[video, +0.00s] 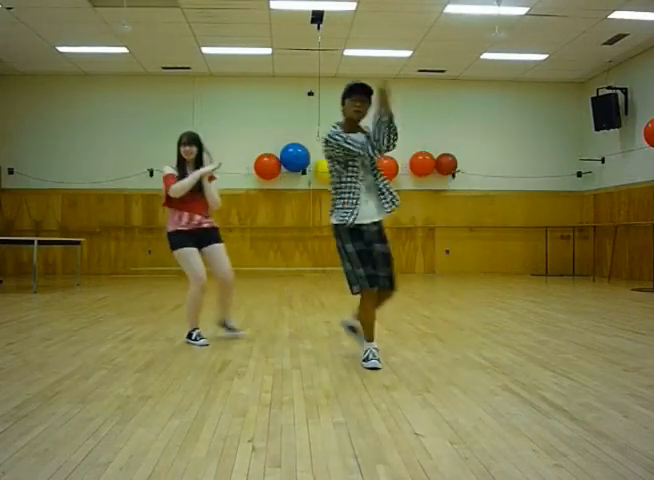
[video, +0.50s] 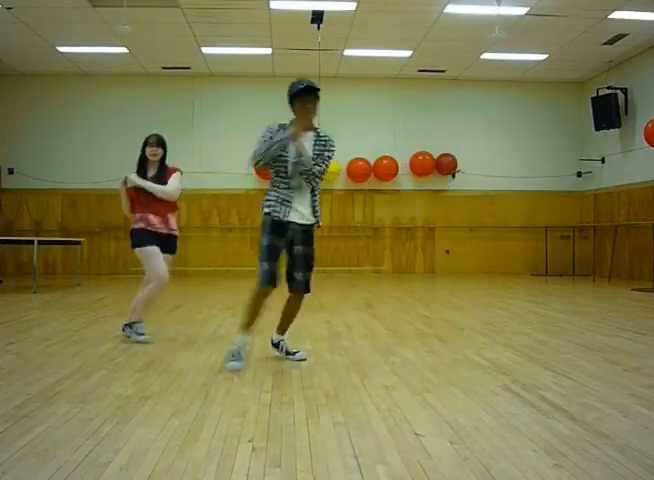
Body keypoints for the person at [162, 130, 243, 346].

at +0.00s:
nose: (187, 149)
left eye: (192, 145)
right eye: (184, 145)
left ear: (199, 148)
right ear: (179, 149)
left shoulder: (206, 173)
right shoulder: (171, 172)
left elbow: (215, 204)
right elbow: (175, 192)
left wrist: (206, 178)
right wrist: (200, 172)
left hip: (206, 227)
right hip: (180, 230)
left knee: (226, 276)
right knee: (199, 278)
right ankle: (193, 330)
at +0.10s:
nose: (180, 146)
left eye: (184, 142)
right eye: (176, 142)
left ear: (191, 146)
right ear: (171, 146)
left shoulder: (198, 171)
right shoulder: (163, 168)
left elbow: (204, 199)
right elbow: (162, 187)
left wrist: (190, 175)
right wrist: (185, 167)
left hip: (198, 226)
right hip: (173, 227)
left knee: (209, 277)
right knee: (194, 275)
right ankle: (192, 329)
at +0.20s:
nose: (172, 145)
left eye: (176, 140)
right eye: (168, 141)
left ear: (183, 144)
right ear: (163, 144)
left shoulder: (191, 169)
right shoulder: (154, 168)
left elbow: (194, 193)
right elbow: (144, 189)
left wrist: (173, 173)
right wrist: (159, 166)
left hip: (188, 225)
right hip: (163, 224)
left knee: (178, 281)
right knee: (185, 272)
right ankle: (191, 330)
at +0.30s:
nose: (166, 146)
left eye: (170, 143)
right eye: (162, 142)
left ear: (176, 147)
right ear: (157, 146)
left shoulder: (184, 170)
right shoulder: (147, 171)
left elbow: (184, 188)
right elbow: (134, 201)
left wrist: (156, 174)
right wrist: (136, 176)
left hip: (175, 229)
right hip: (151, 227)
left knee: (160, 285)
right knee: (177, 273)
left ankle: (134, 320)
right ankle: (184, 329)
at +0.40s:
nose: (159, 149)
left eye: (163, 145)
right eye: (156, 145)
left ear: (170, 149)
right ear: (150, 149)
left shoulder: (177, 172)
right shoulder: (140, 175)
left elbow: (174, 190)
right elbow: (130, 209)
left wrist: (147, 176)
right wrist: (129, 182)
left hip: (170, 231)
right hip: (146, 229)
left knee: (151, 285)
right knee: (173, 273)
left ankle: (130, 323)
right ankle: (161, 325)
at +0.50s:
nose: (154, 150)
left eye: (158, 146)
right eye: (150, 146)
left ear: (164, 151)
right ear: (144, 150)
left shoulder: (173, 173)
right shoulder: (135, 177)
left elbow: (173, 194)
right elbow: (128, 211)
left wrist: (142, 183)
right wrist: (124, 190)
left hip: (167, 231)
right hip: (143, 229)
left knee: (150, 281)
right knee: (161, 278)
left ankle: (132, 323)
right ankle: (134, 321)